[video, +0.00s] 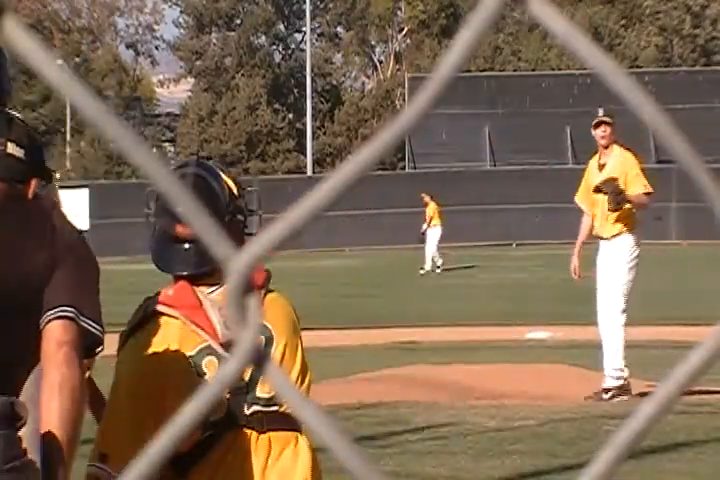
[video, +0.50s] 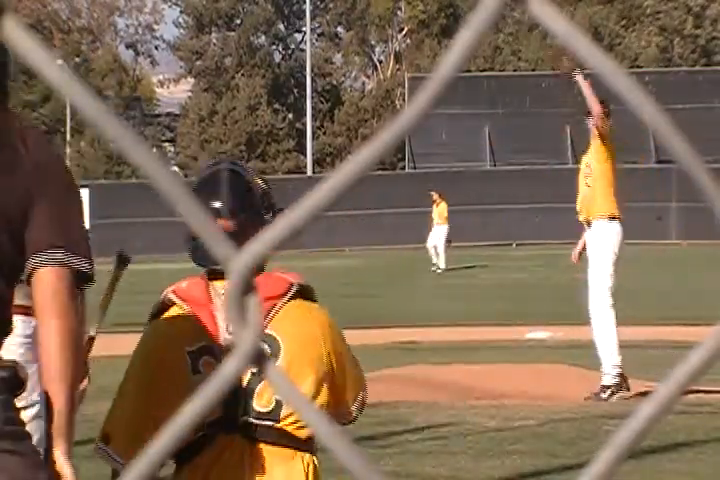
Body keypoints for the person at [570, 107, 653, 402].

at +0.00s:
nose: (603, 132)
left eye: (607, 127)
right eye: (598, 127)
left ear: (614, 131)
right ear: (593, 133)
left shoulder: (625, 158)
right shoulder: (593, 165)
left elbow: (646, 198)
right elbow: (588, 214)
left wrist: (623, 198)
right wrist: (576, 251)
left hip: (623, 240)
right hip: (604, 242)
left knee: (614, 308)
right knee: (603, 309)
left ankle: (617, 377)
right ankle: (612, 376)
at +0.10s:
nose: (601, 131)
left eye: (605, 126)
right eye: (596, 126)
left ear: (612, 130)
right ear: (591, 131)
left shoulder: (620, 156)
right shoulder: (592, 164)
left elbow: (638, 196)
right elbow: (591, 215)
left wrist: (610, 185)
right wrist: (577, 252)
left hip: (620, 241)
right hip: (603, 243)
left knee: (608, 309)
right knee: (597, 309)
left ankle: (616, 377)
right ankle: (613, 376)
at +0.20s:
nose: (599, 128)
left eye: (603, 123)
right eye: (594, 123)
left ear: (610, 127)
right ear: (589, 129)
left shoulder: (618, 151)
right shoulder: (592, 161)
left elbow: (633, 184)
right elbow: (591, 213)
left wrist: (605, 167)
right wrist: (580, 250)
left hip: (618, 235)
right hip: (601, 237)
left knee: (607, 305)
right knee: (594, 307)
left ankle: (616, 376)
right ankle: (613, 375)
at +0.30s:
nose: (598, 124)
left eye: (602, 120)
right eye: (595, 120)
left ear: (609, 125)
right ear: (590, 125)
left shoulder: (618, 148)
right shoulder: (588, 163)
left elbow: (623, 162)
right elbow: (592, 212)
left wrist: (603, 148)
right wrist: (579, 250)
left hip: (616, 232)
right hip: (598, 235)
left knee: (607, 304)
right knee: (591, 306)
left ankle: (617, 376)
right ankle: (613, 374)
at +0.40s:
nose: (599, 130)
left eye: (604, 124)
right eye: (597, 125)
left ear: (608, 129)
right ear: (593, 131)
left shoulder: (606, 156)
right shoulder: (589, 164)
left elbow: (611, 137)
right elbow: (590, 214)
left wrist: (593, 116)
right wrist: (578, 251)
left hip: (612, 233)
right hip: (598, 234)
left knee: (600, 307)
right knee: (590, 308)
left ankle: (616, 378)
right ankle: (612, 377)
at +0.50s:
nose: (592, 121)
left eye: (597, 118)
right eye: (593, 117)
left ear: (602, 123)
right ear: (592, 124)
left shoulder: (600, 148)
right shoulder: (590, 158)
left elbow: (598, 112)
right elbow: (591, 206)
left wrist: (581, 80)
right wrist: (582, 240)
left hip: (605, 226)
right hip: (596, 228)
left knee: (600, 299)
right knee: (597, 299)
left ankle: (612, 373)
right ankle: (610, 372)